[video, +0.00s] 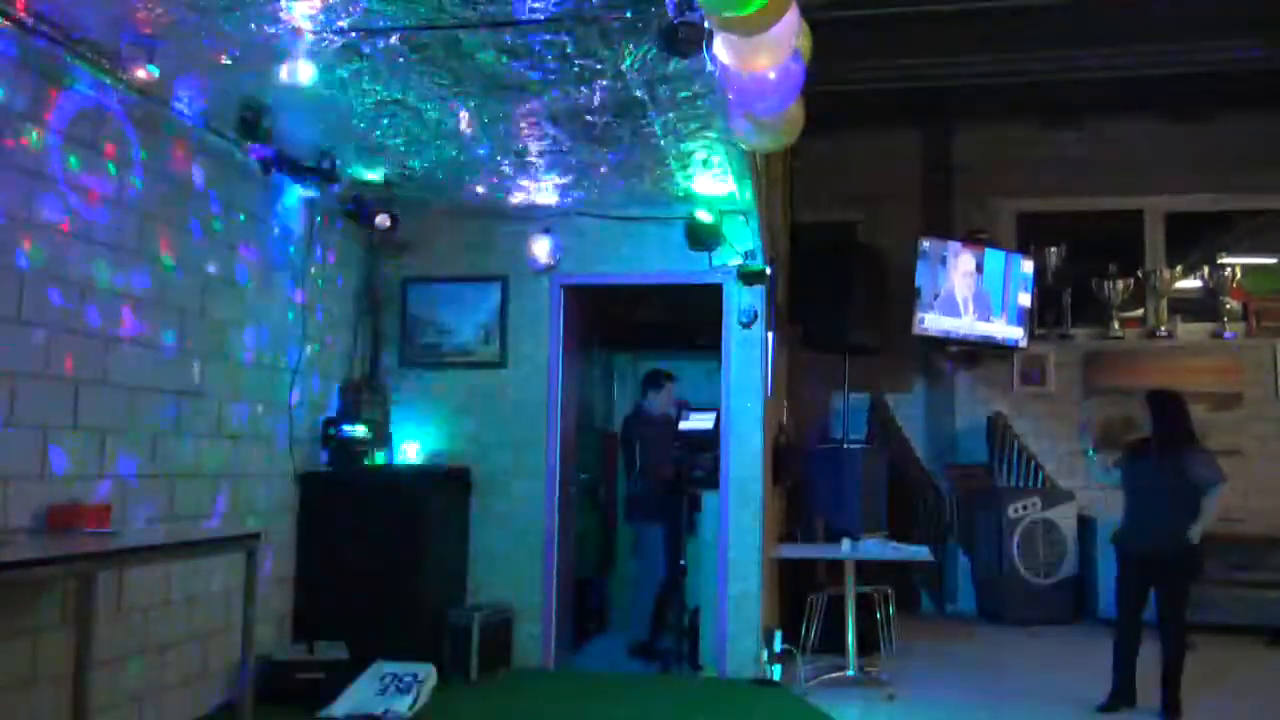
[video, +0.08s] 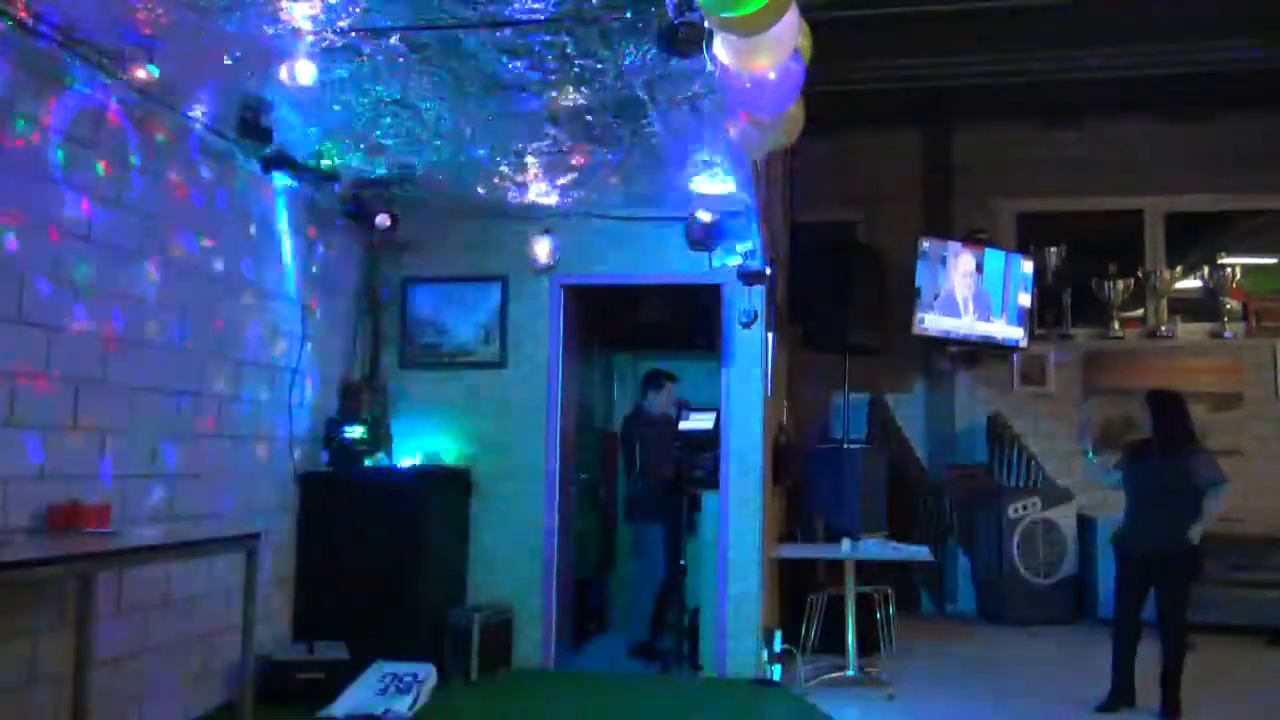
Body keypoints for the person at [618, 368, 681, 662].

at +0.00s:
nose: (673, 399)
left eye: (673, 393)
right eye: (669, 393)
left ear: (655, 393)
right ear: (654, 393)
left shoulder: (666, 424)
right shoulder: (638, 425)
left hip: (669, 509)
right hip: (649, 510)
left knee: (666, 574)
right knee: (654, 574)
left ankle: (657, 638)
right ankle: (643, 640)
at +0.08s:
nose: (673, 399)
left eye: (673, 394)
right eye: (669, 393)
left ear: (656, 393)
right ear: (654, 393)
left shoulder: (666, 424)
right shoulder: (638, 425)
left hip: (669, 509)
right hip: (649, 510)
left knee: (666, 574)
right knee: (653, 574)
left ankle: (657, 639)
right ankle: (643, 640)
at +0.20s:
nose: (672, 400)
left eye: (672, 394)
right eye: (668, 394)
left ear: (653, 394)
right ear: (653, 393)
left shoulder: (656, 424)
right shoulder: (640, 424)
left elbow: (670, 455)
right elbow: (662, 456)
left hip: (657, 509)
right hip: (644, 510)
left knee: (653, 574)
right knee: (648, 575)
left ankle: (647, 637)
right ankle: (640, 641)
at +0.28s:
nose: (672, 401)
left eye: (673, 395)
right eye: (668, 394)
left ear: (656, 395)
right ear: (653, 393)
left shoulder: (660, 425)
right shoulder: (637, 424)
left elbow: (673, 454)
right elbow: (657, 456)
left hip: (661, 509)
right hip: (644, 510)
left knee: (655, 574)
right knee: (647, 574)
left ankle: (648, 637)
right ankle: (640, 641)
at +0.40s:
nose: (672, 401)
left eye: (673, 396)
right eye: (668, 395)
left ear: (655, 395)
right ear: (652, 394)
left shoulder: (657, 426)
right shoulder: (638, 425)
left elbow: (670, 450)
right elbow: (661, 452)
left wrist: (675, 417)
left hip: (658, 509)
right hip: (643, 509)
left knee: (651, 574)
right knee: (645, 575)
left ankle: (646, 637)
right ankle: (640, 642)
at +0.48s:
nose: (672, 401)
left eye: (673, 395)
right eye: (668, 394)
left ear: (656, 395)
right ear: (652, 394)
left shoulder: (660, 426)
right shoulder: (637, 425)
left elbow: (672, 453)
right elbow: (659, 453)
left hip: (662, 509)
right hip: (644, 510)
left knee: (655, 575)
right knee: (645, 575)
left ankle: (648, 636)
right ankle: (640, 641)